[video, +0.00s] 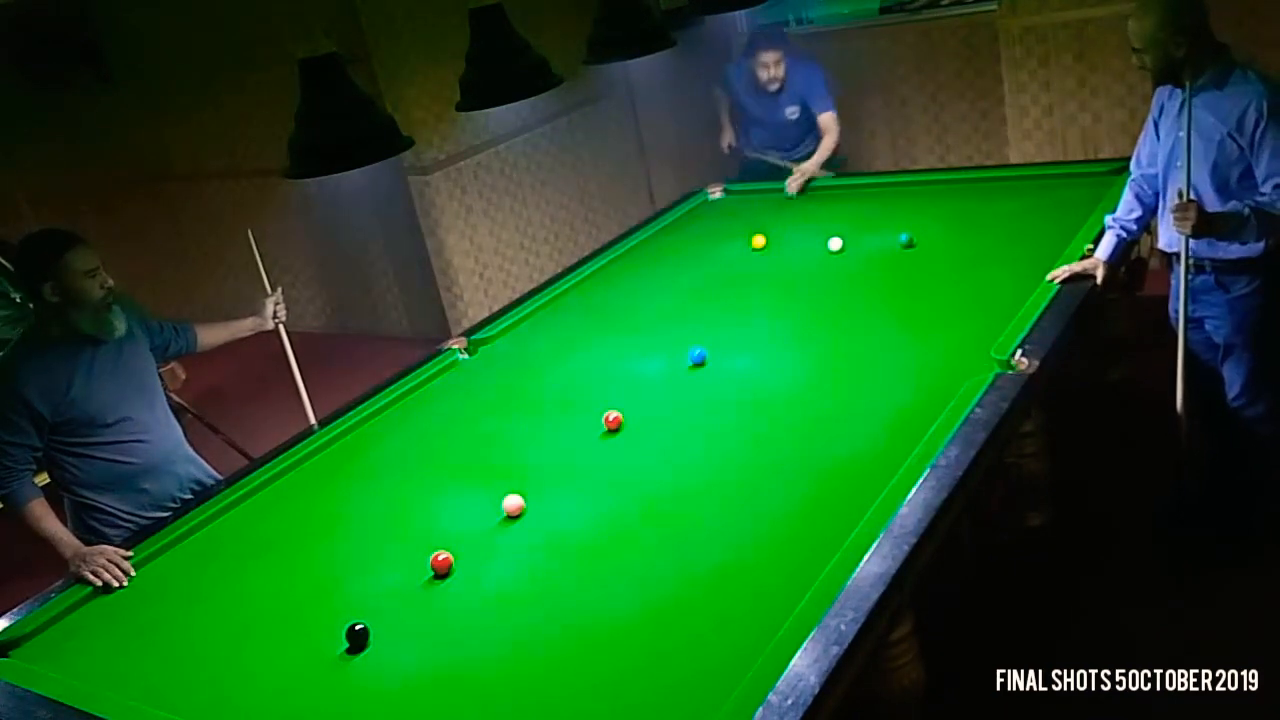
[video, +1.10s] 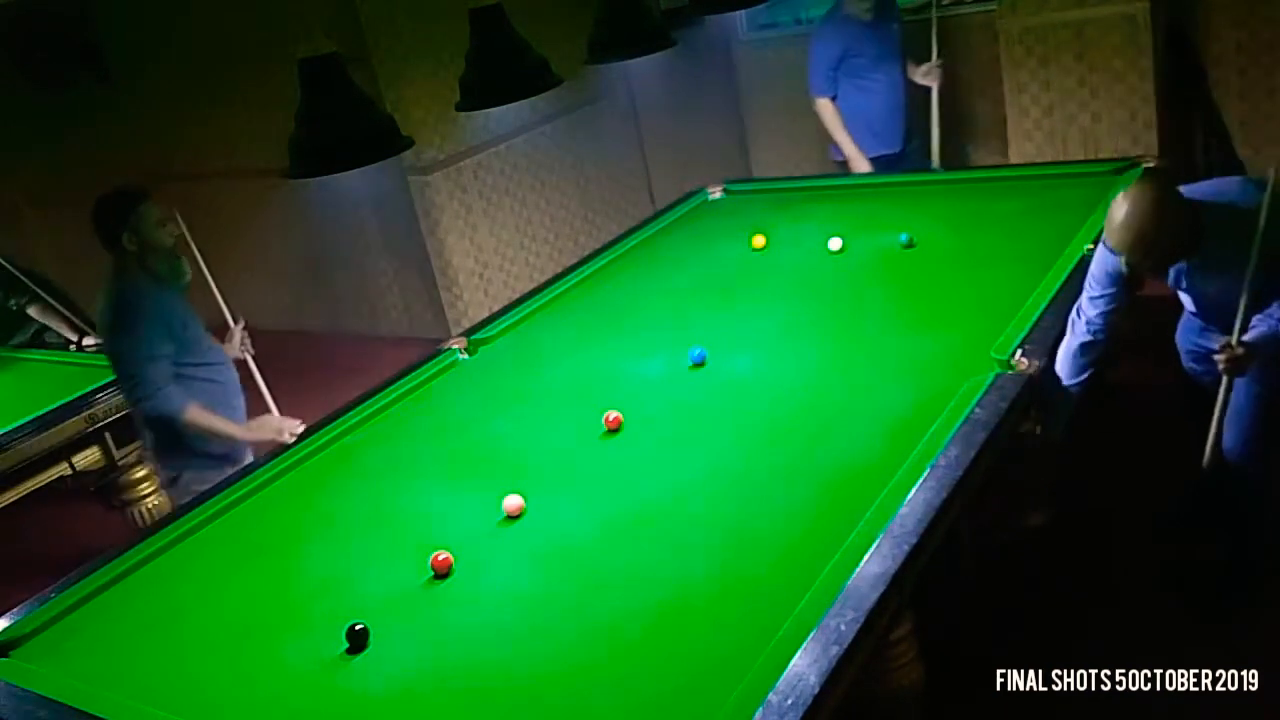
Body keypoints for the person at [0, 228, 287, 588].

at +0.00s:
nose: (108, 282)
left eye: (102, 270)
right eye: (91, 275)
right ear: (52, 292)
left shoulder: (123, 320)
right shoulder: (25, 371)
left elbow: (180, 338)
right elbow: (13, 477)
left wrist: (258, 321)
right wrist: (75, 552)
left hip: (204, 503)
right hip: (129, 543)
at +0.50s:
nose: (116, 270)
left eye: (110, 260)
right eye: (99, 264)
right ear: (62, 282)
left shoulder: (127, 319)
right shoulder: (32, 363)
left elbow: (163, 359)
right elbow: (23, 470)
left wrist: (245, 354)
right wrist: (75, 550)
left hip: (203, 491)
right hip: (135, 530)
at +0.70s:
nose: (129, 259)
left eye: (122, 249)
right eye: (113, 253)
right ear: (78, 270)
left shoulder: (124, 312)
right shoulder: (56, 349)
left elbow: (158, 376)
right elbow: (41, 457)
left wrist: (228, 388)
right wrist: (102, 531)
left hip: (205, 486)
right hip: (152, 521)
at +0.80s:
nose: (140, 252)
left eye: (133, 242)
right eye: (124, 245)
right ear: (89, 264)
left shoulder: (128, 308)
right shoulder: (76, 336)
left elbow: (158, 378)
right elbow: (62, 442)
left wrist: (222, 385)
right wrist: (137, 506)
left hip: (208, 479)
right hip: (172, 502)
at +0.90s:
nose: (150, 246)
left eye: (142, 236)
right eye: (134, 239)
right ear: (101, 257)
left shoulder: (134, 304)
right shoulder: (94, 327)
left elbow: (164, 371)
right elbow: (96, 429)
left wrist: (222, 377)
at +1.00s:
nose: (163, 239)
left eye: (156, 228)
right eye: (148, 232)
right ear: (117, 249)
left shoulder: (145, 298)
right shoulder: (114, 315)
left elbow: (168, 364)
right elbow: (127, 414)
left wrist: (222, 364)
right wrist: (222, 450)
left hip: (214, 474)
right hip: (185, 488)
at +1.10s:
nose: (175, 231)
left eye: (169, 221)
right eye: (161, 225)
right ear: (131, 241)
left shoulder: (154, 290)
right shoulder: (136, 301)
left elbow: (174, 363)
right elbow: (156, 398)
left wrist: (223, 352)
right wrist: (244, 431)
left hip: (227, 464)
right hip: (202, 480)